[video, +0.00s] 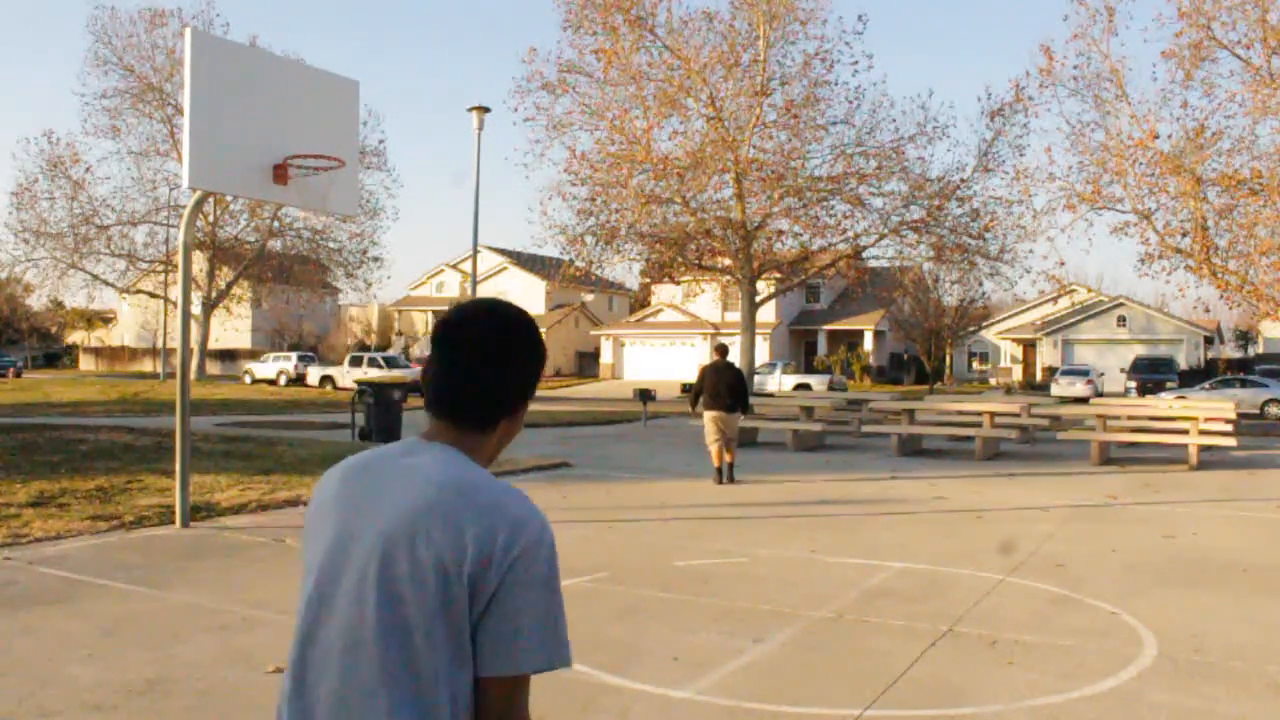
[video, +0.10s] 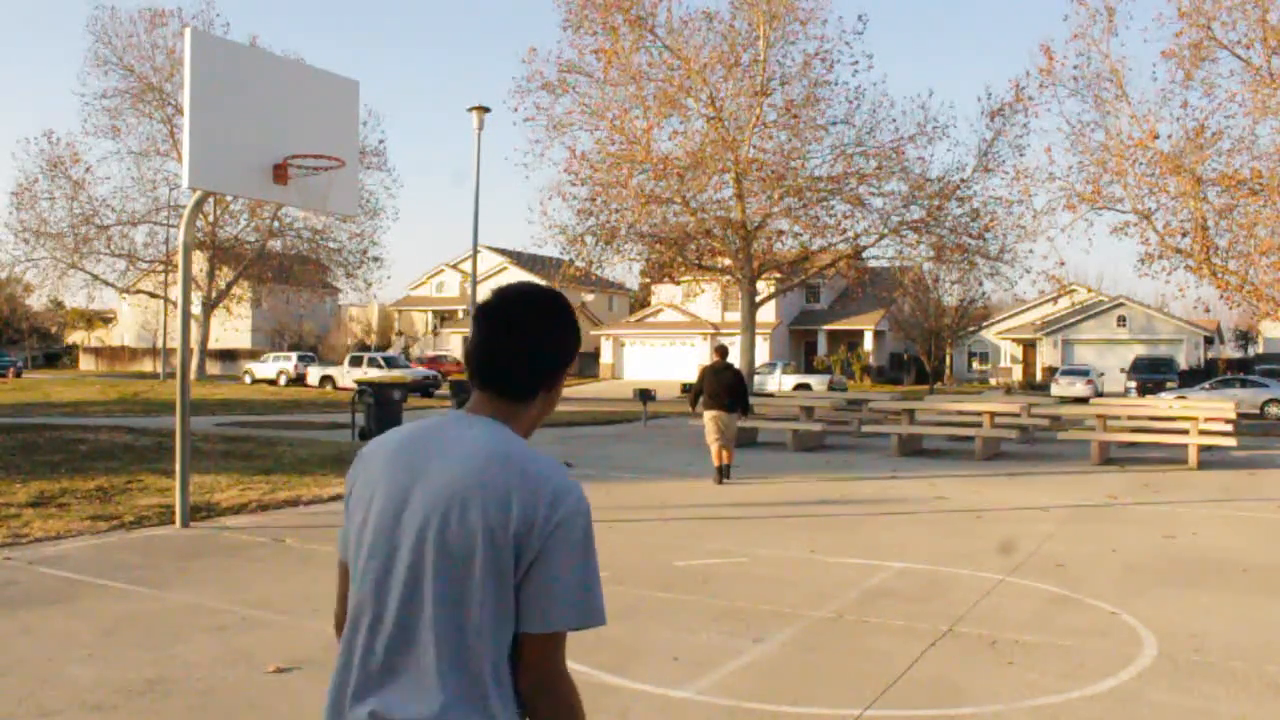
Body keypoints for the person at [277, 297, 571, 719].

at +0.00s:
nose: (527, 412)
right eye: (529, 398)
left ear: (426, 377)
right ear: (520, 407)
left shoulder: (337, 481)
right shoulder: (507, 522)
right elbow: (503, 707)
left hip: (306, 709)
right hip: (427, 712)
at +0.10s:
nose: (565, 384)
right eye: (568, 371)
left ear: (469, 359)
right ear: (560, 380)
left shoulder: (375, 456)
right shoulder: (546, 489)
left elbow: (346, 621)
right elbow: (539, 675)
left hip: (358, 706)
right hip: (477, 709)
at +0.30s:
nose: (614, 364)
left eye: (614, 348)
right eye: (616, 350)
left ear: (531, 342)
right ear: (607, 357)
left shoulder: (451, 438)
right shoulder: (589, 444)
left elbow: (405, 584)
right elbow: (591, 599)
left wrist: (411, 696)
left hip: (441, 696)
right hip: (540, 696)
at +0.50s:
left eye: (581, 344)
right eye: (653, 354)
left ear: (580, 359)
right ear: (653, 365)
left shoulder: (526, 440)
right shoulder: (654, 450)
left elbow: (488, 558)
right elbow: (792, 501)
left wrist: (480, 667)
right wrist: (910, 479)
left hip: (499, 684)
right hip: (590, 692)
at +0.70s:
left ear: (627, 337)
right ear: (696, 344)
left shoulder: (577, 418)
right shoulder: (721, 428)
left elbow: (550, 540)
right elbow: (789, 528)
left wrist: (538, 630)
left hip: (574, 638)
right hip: (662, 646)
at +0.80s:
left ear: (640, 354)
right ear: (704, 360)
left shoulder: (604, 440)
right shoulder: (736, 438)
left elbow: (591, 562)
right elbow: (765, 545)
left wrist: (566, 665)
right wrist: (781, 618)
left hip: (619, 651)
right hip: (700, 653)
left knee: (586, 712)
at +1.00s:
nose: (655, 355)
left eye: (655, 347)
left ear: (658, 356)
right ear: (717, 350)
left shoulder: (660, 425)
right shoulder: (750, 415)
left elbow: (639, 523)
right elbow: (738, 505)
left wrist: (594, 620)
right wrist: (675, 541)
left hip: (682, 624)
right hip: (751, 625)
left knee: (654, 714)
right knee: (718, 714)